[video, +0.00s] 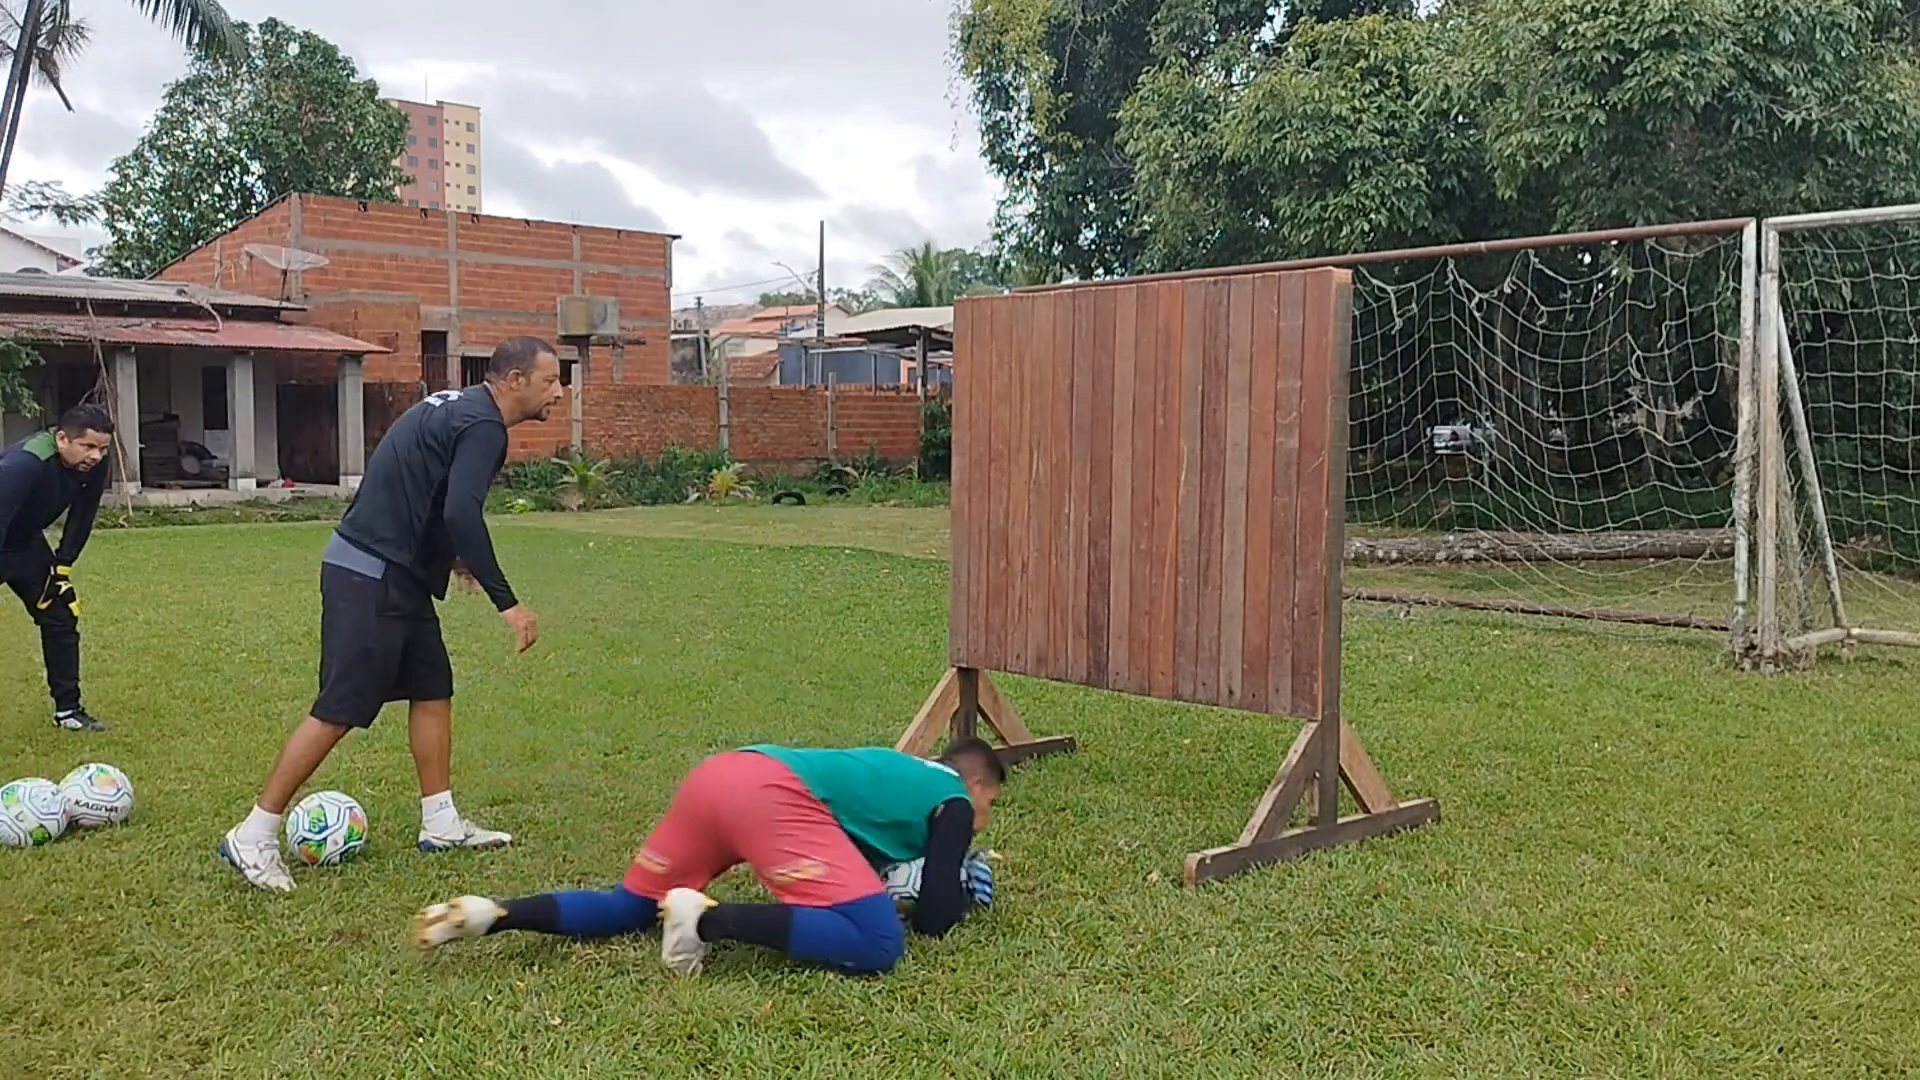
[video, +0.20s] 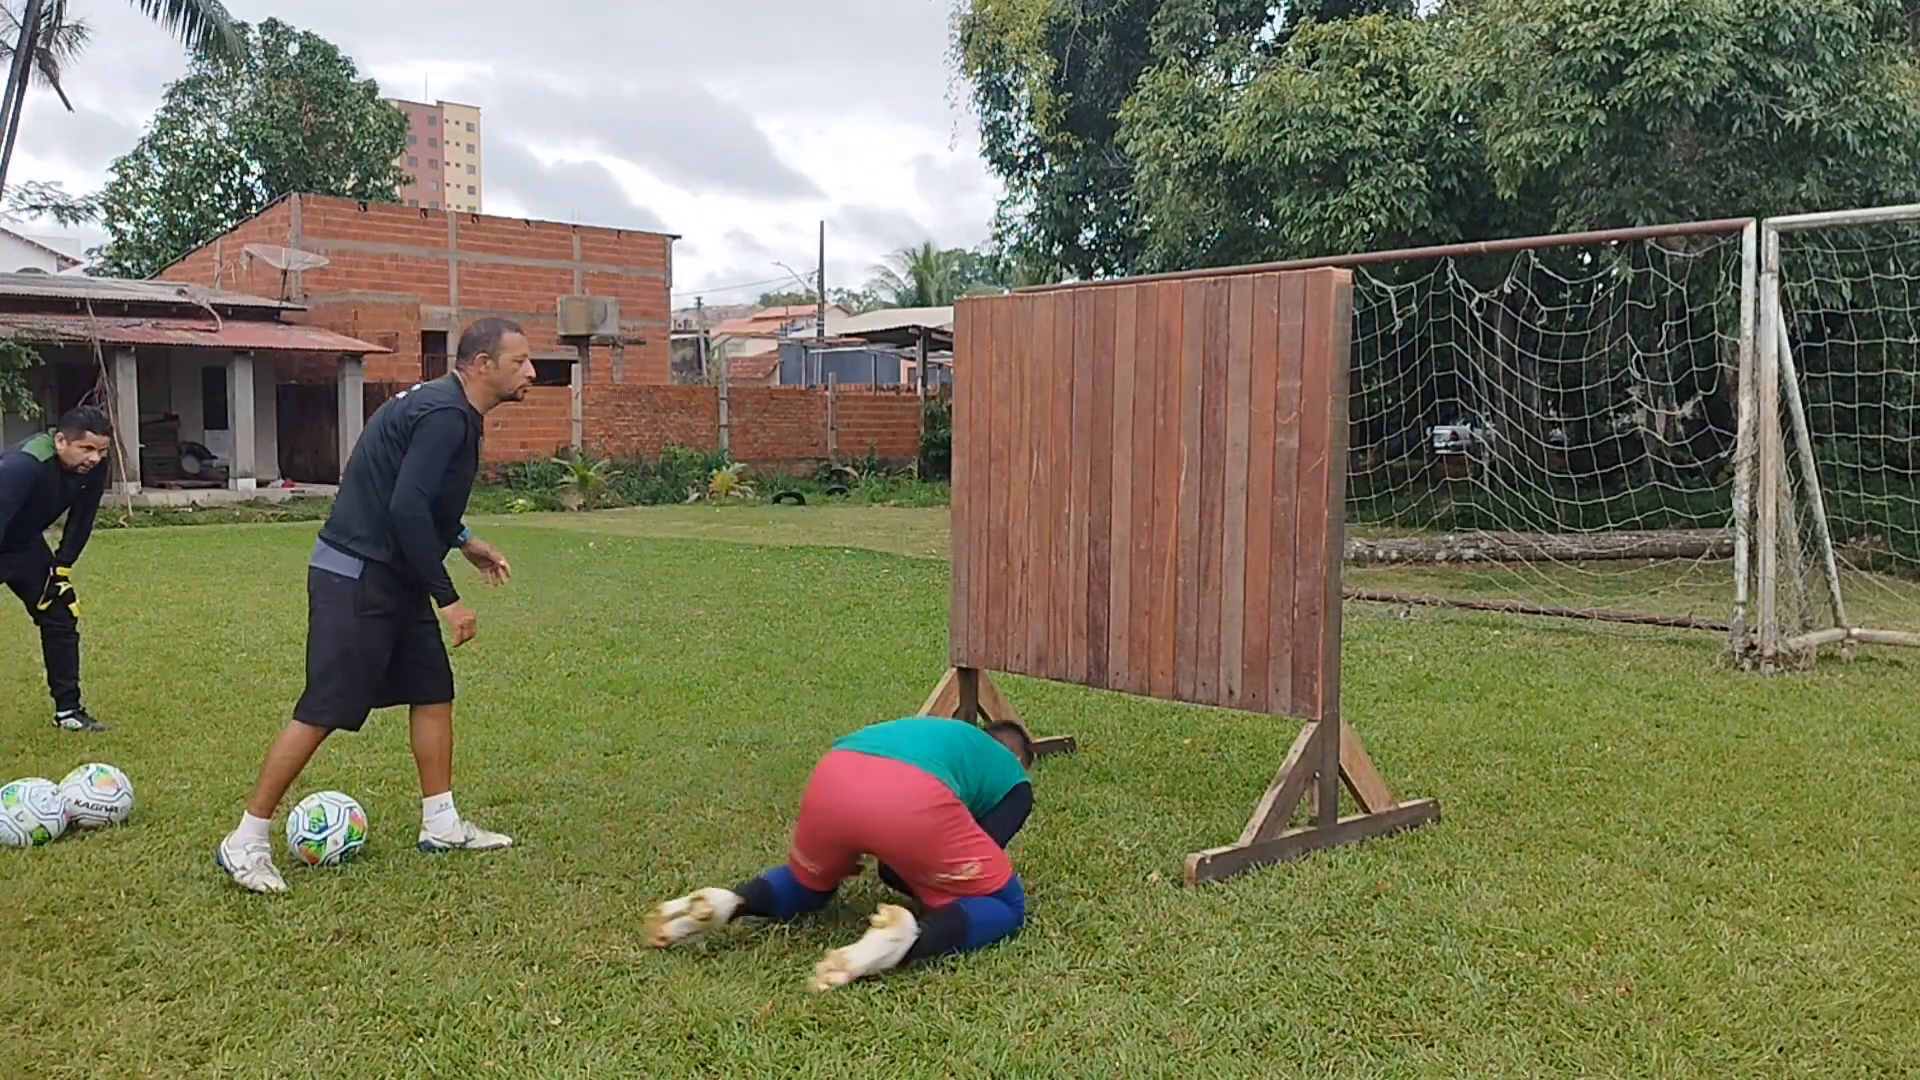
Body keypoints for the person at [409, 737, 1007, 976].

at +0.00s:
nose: (982, 817)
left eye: (985, 808)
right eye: (988, 805)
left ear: (948, 766)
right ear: (976, 786)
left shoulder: (891, 775)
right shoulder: (953, 798)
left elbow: (848, 868)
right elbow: (935, 918)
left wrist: (907, 881)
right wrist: (959, 895)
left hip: (715, 770)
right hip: (770, 785)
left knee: (633, 903)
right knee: (874, 941)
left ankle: (495, 914)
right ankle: (704, 919)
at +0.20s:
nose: (1020, 773)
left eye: (1021, 765)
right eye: (1023, 766)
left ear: (983, 737)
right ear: (1015, 757)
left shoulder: (922, 737)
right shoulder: (1014, 781)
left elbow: (891, 853)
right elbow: (965, 863)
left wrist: (919, 899)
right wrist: (923, 919)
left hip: (836, 767)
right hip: (913, 795)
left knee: (806, 879)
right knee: (1003, 906)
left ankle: (729, 902)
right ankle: (909, 937)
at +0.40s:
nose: (958, 634)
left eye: (956, 627)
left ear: (951, 625)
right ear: (1007, 626)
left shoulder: (918, 661)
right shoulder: (1040, 665)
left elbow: (899, 739)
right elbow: (1055, 749)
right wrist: (1024, 815)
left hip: (884, 783)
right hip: (966, 798)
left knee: (867, 888)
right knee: (1036, 912)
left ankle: (776, 916)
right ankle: (960, 937)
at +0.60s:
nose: (882, 559)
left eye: (881, 552)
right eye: (883, 553)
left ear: (891, 549)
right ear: (944, 547)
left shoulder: (875, 583)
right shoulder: (997, 596)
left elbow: (791, 640)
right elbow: (1030, 684)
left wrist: (844, 697)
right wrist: (1008, 742)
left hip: (887, 778)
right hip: (974, 792)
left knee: (831, 741)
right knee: (1033, 911)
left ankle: (819, 880)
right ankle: (973, 939)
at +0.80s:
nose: (788, 526)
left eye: (787, 518)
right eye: (787, 519)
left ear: (798, 515)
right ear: (855, 509)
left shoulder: (784, 558)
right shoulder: (907, 546)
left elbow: (748, 654)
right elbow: (956, 646)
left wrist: (815, 696)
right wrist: (896, 662)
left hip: (870, 763)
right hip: (947, 762)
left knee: (847, 745)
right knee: (968, 878)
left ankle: (885, 879)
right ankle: (984, 941)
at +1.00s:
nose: (806, 437)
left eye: (799, 433)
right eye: (805, 430)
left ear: (744, 436)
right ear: (802, 429)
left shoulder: (715, 497)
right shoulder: (832, 470)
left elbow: (720, 610)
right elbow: (885, 571)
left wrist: (766, 645)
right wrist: (882, 598)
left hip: (774, 712)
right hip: (849, 697)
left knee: (845, 753)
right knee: (922, 797)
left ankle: (888, 876)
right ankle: (869, 862)